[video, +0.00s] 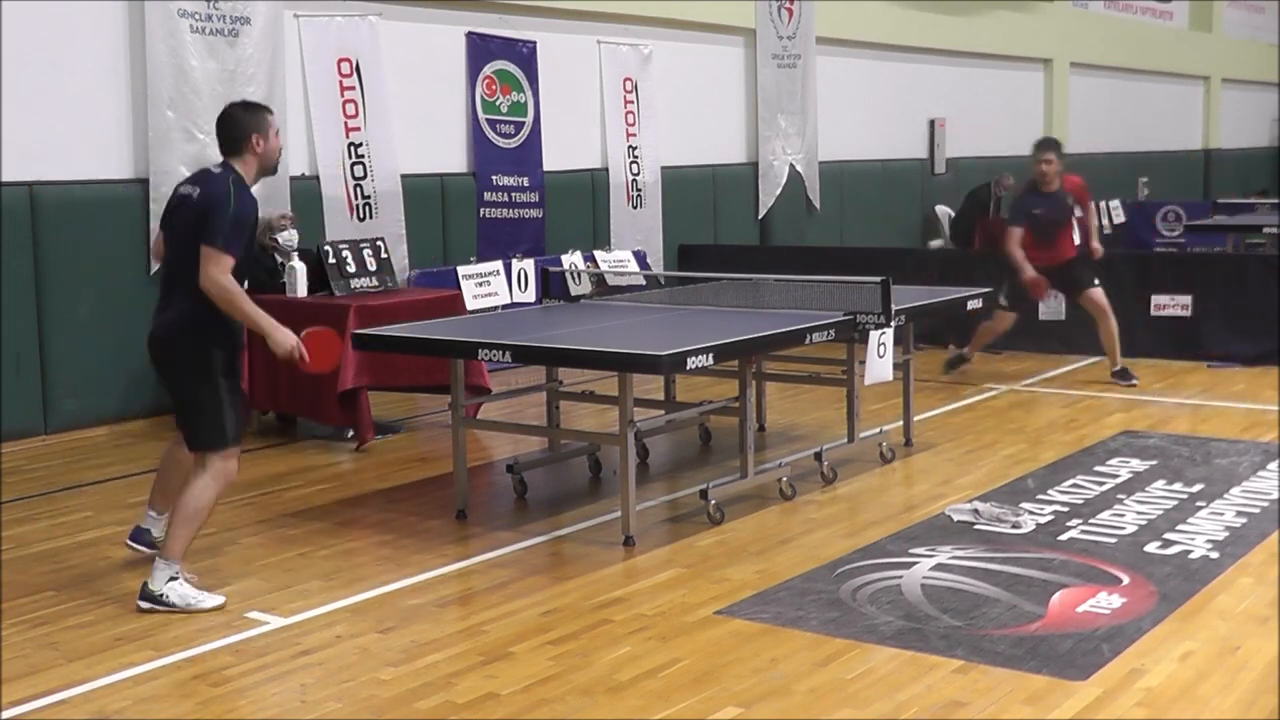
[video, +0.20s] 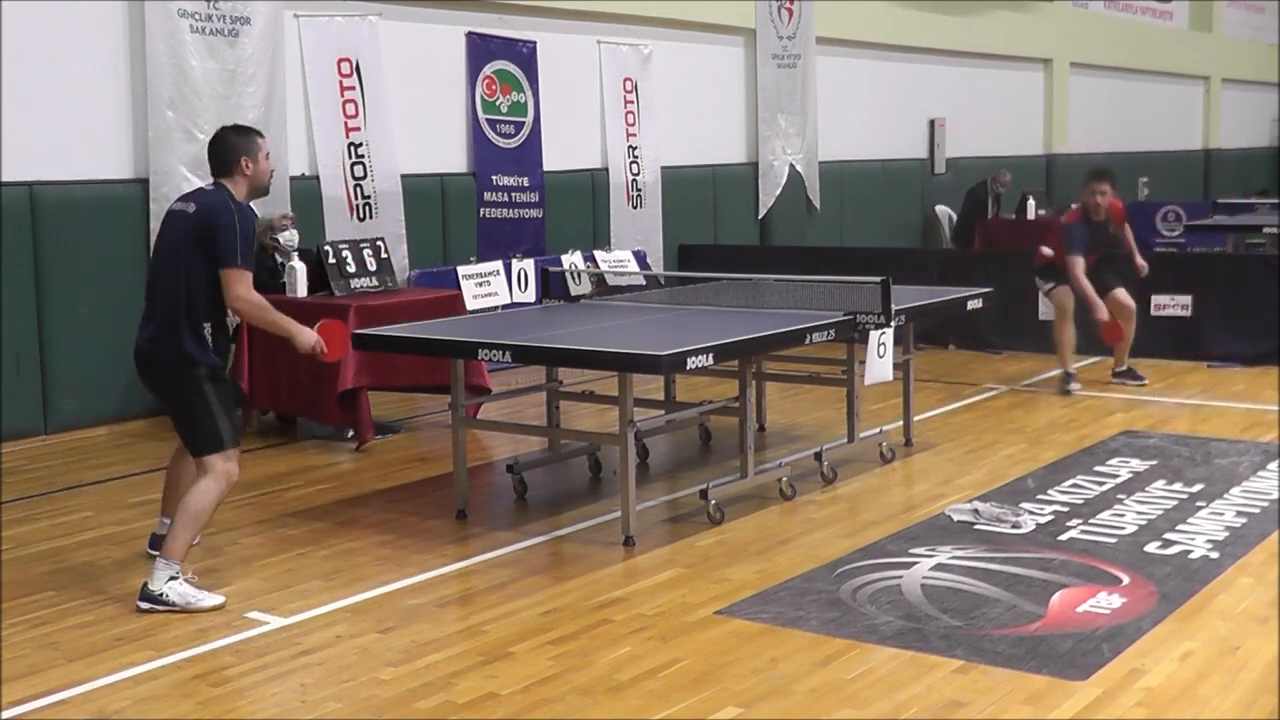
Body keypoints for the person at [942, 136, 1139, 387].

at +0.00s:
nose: (1043, 168)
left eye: (1048, 163)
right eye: (1039, 163)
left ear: (1060, 164)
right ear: (1033, 165)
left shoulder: (1074, 186)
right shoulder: (1024, 196)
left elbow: (1088, 208)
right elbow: (1012, 244)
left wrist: (1093, 240)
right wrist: (1028, 272)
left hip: (1069, 263)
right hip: (1031, 267)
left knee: (1102, 307)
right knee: (1001, 323)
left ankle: (1117, 367)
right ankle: (967, 353)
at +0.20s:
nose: (1097, 200)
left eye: (1102, 194)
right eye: (1091, 194)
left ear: (1112, 195)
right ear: (1083, 195)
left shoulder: (1116, 210)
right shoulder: (1073, 221)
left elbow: (1123, 228)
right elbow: (1076, 273)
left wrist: (1136, 255)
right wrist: (1097, 305)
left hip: (1089, 265)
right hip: (1053, 265)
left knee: (1127, 307)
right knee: (1065, 303)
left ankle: (1121, 367)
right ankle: (1068, 373)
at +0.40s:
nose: (1134, 234)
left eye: (1139, 227)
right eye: (1128, 227)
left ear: (1145, 228)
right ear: (1116, 225)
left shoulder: (1127, 243)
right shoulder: (1102, 249)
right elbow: (1106, 303)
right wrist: (1132, 336)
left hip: (1093, 283)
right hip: (1060, 285)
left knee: (1144, 315)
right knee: (1099, 311)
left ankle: (1122, 369)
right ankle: (1103, 382)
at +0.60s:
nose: (1118, 224)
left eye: (1123, 218)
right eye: (1112, 218)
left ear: (1134, 218)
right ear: (1105, 218)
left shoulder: (1141, 227)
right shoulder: (1094, 234)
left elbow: (1136, 256)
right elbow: (1083, 269)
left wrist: (1120, 272)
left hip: (1117, 276)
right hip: (1079, 275)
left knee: (1146, 326)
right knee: (1099, 309)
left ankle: (1113, 357)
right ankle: (1102, 380)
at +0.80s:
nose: (1109, 189)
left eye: (1116, 182)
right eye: (1104, 182)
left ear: (1127, 184)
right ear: (1098, 183)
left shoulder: (1141, 205)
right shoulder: (1087, 206)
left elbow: (1165, 239)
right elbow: (1048, 246)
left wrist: (1187, 278)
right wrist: (1067, 234)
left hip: (1123, 265)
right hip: (1087, 265)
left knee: (1155, 320)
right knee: (1102, 308)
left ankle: (1137, 357)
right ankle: (1103, 381)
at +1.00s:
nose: (1112, 172)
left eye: (1119, 166)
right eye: (1108, 166)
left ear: (1129, 170)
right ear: (1101, 167)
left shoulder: (1140, 196)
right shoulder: (1082, 194)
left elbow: (1162, 234)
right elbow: (1064, 223)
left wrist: (1164, 259)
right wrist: (1063, 244)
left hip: (1126, 261)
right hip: (1088, 261)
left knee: (1152, 313)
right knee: (1079, 309)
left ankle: (1163, 372)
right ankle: (1090, 375)